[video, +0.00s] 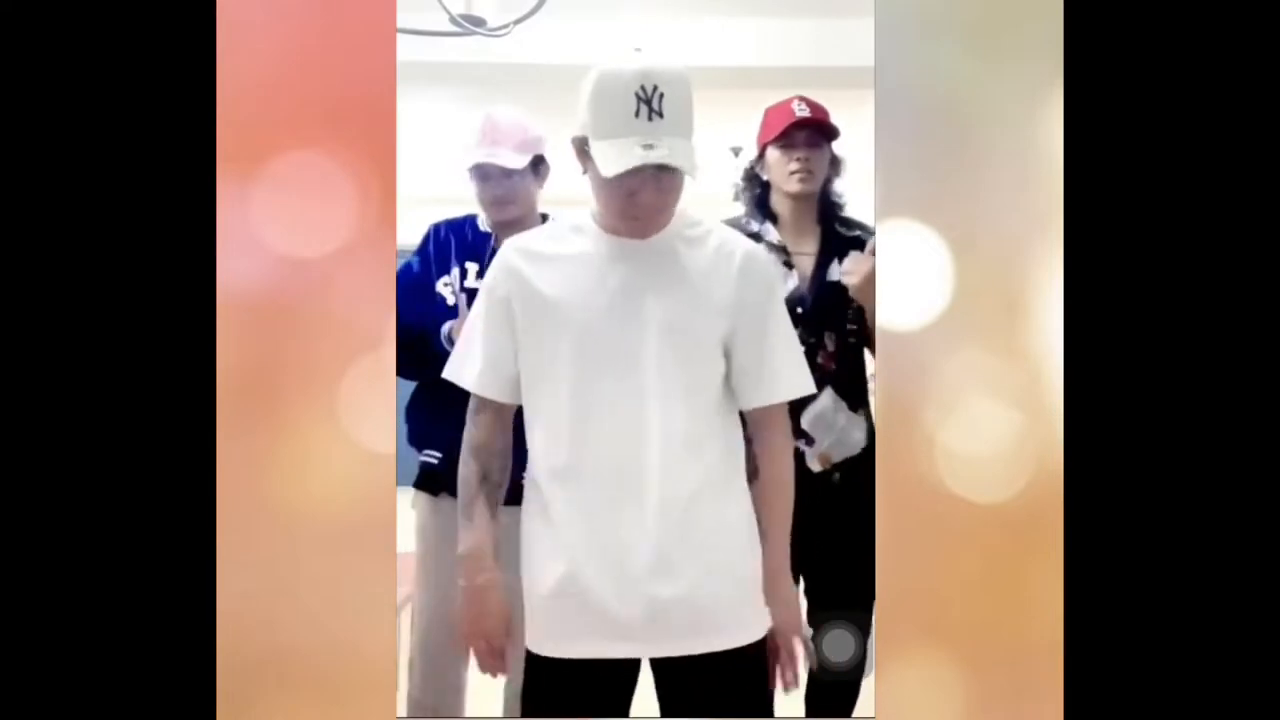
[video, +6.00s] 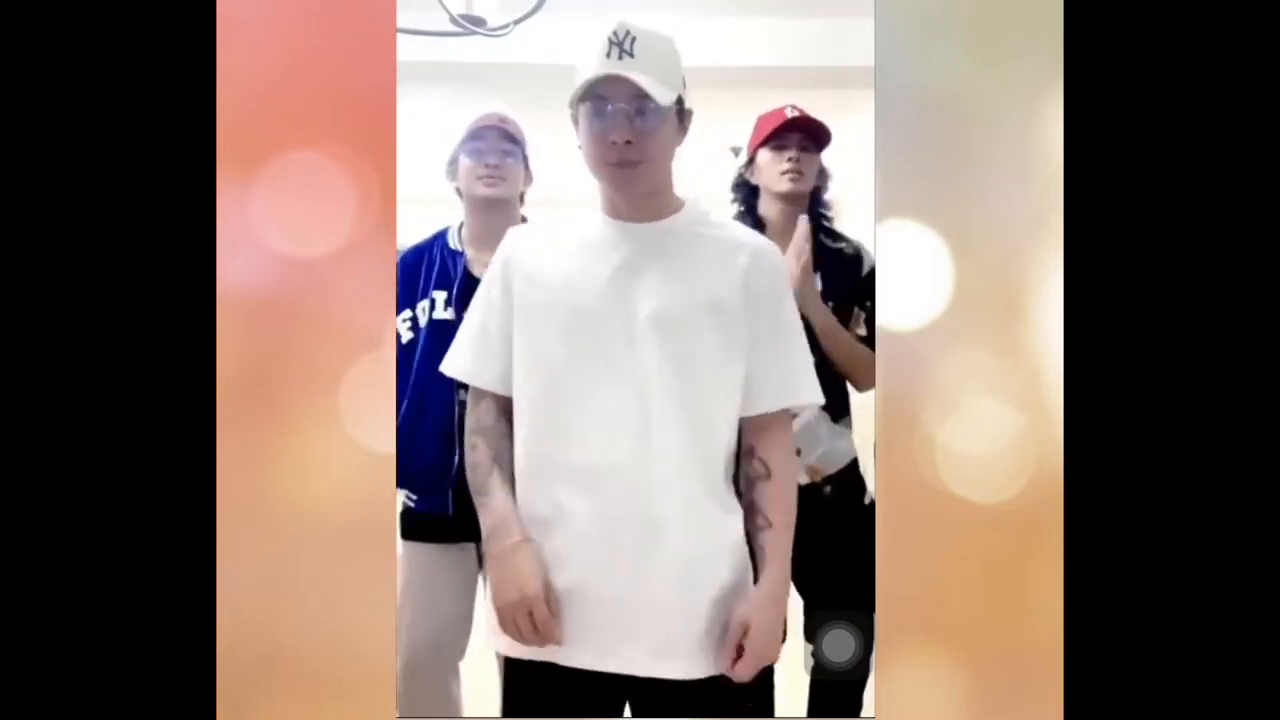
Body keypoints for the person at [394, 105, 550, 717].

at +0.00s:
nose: (495, 188)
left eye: (510, 173)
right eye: (484, 174)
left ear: (542, 173)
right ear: (470, 178)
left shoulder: (568, 251)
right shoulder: (446, 242)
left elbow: (582, 351)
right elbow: (391, 339)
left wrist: (510, 332)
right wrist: (448, 336)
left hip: (536, 484)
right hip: (446, 480)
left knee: (532, 636)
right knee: (435, 633)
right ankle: (432, 719)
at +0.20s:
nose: (494, 190)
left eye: (509, 174)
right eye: (484, 174)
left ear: (545, 173)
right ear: (472, 176)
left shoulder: (577, 254)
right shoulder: (452, 243)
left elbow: (600, 363)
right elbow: (403, 335)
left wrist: (533, 413)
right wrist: (430, 397)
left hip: (552, 484)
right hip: (461, 480)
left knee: (541, 656)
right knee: (440, 646)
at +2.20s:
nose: (476, 174)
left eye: (491, 162)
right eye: (463, 162)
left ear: (513, 177)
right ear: (440, 173)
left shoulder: (548, 258)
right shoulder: (398, 262)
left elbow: (576, 358)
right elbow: (363, 360)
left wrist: (562, 417)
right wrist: (393, 406)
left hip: (513, 496)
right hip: (417, 497)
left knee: (518, 660)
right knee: (414, 661)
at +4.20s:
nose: (532, 191)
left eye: (546, 178)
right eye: (519, 175)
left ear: (556, 186)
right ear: (483, 174)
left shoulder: (561, 263)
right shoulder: (422, 255)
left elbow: (582, 383)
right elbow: (390, 372)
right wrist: (395, 474)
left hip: (544, 472)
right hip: (457, 471)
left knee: (533, 651)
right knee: (446, 650)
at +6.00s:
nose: (492, 161)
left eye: (507, 153)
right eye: (477, 151)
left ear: (528, 179)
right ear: (454, 173)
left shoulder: (551, 266)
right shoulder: (412, 269)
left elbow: (573, 380)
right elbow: (380, 379)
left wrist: (560, 480)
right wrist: (385, 481)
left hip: (529, 498)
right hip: (434, 497)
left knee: (530, 668)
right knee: (424, 663)